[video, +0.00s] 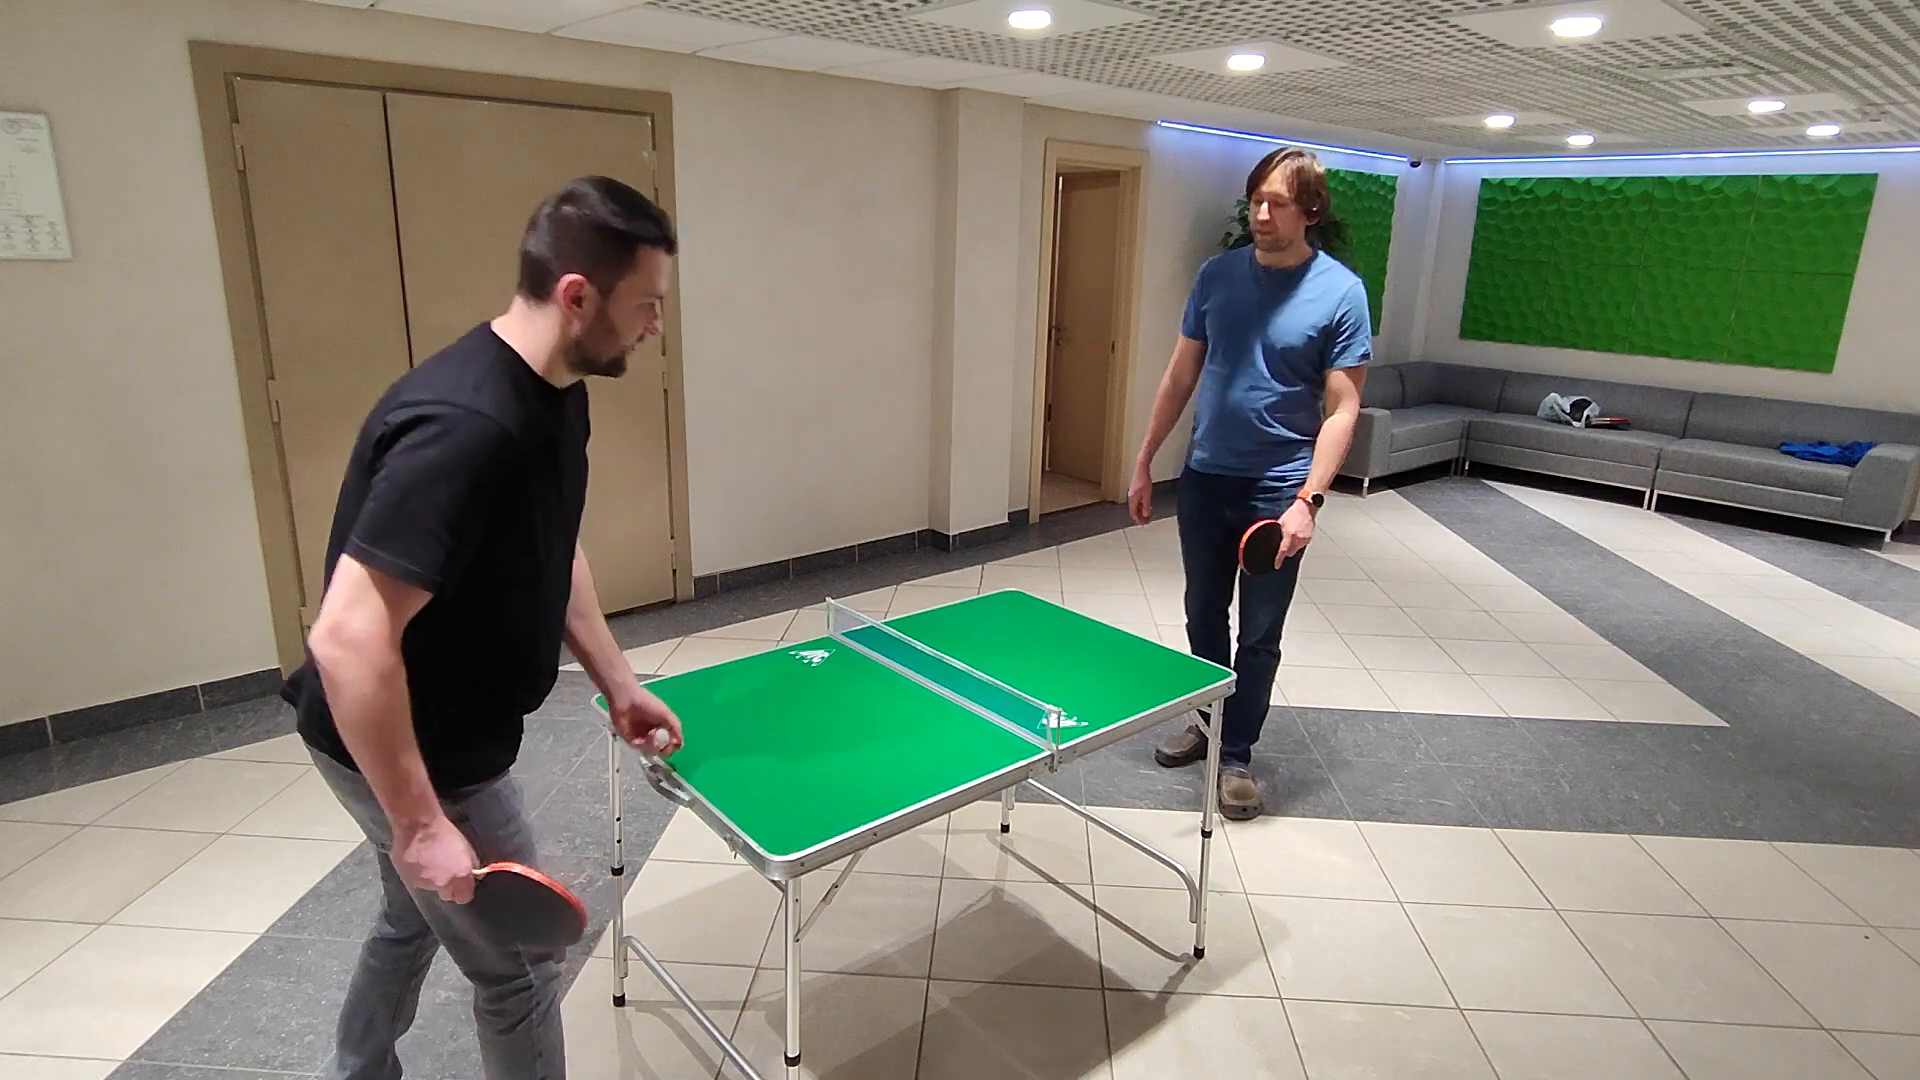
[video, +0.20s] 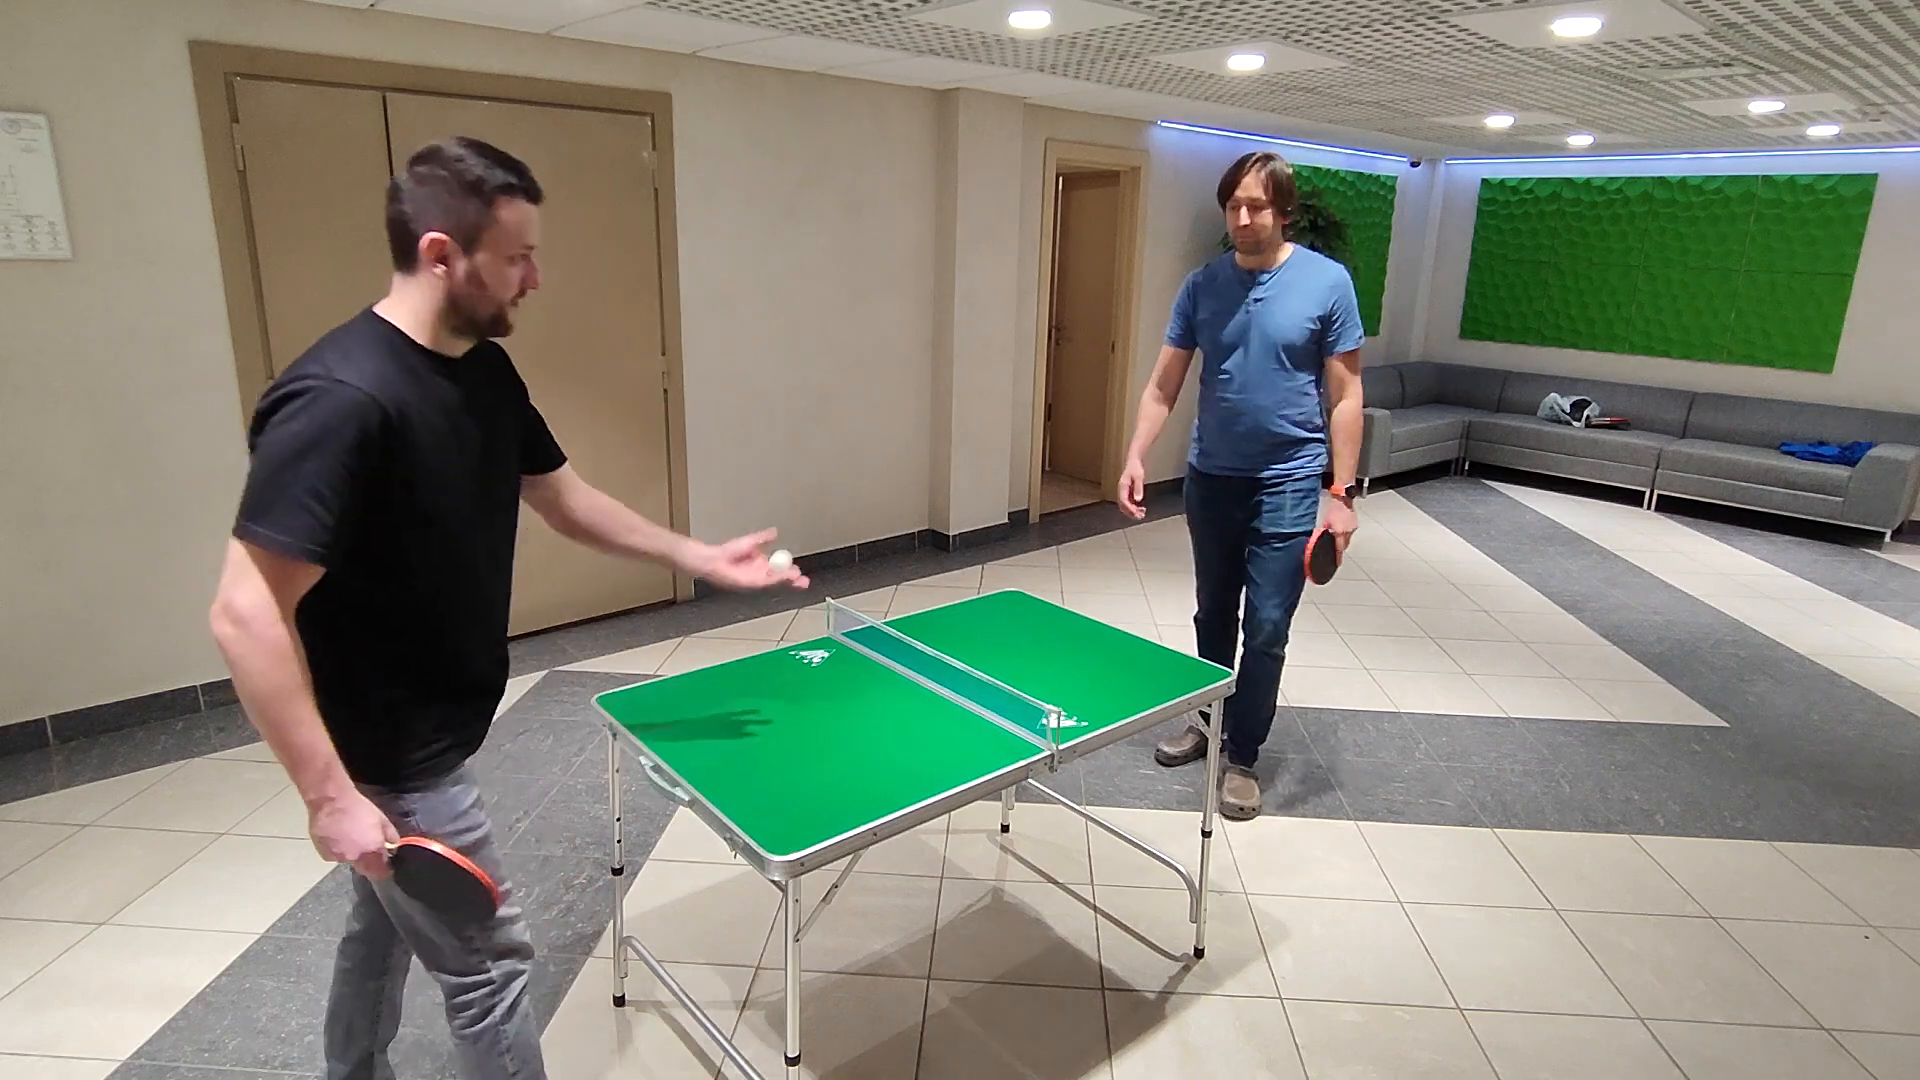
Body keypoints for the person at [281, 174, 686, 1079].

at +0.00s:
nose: (654, 326)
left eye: (658, 305)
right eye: (645, 304)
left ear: (578, 297)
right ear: (576, 294)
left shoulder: (553, 397)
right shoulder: (467, 425)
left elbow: (553, 561)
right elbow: (347, 637)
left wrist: (620, 688)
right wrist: (420, 826)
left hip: (458, 724)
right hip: (427, 756)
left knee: (410, 921)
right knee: (518, 979)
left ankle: (361, 1066)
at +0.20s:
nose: (533, 278)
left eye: (533, 255)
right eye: (518, 256)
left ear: (456, 257)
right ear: (441, 253)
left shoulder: (480, 368)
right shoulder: (341, 401)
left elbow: (566, 499)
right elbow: (244, 612)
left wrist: (703, 557)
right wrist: (330, 798)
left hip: (444, 729)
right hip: (390, 755)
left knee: (379, 935)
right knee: (490, 974)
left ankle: (352, 1070)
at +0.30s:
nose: (481, 264)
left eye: (479, 240)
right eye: (462, 240)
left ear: (395, 244)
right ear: (384, 242)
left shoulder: (444, 366)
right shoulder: (287, 396)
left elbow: (573, 472)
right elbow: (201, 608)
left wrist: (707, 500)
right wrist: (291, 791)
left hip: (419, 732)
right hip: (365, 755)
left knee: (363, 940)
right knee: (466, 975)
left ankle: (351, 1071)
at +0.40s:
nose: (436, 248)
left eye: (434, 224)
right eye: (416, 225)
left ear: (353, 233)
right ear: (337, 230)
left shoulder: (409, 355)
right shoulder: (244, 389)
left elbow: (531, 456)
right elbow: (170, 601)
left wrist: (683, 497)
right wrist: (262, 780)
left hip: (406, 721)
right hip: (339, 745)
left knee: (357, 939)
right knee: (436, 976)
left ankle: (348, 1072)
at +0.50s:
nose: (403, 240)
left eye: (400, 215)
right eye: (379, 216)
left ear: (315, 225)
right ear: (296, 223)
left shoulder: (386, 356)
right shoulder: (210, 386)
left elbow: (485, 473)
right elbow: (144, 595)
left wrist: (629, 536)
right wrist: (243, 769)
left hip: (390, 722)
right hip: (315, 747)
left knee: (343, 943)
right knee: (406, 985)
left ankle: (338, 1071)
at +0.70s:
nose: (340, 223)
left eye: (334, 199)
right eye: (313, 202)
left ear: (246, 216)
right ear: (226, 216)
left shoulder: (333, 351)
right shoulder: (153, 377)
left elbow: (373, 514)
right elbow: (98, 594)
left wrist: (424, 644)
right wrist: (239, 749)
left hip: (348, 723)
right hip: (250, 751)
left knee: (336, 955)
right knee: (316, 1002)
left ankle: (345, 1068)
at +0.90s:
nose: (261, 218)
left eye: (254, 192)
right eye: (230, 195)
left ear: (156, 211)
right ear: (138, 211)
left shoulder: (254, 350)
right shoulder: (68, 385)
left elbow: (253, 558)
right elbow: (40, 616)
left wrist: (309, 707)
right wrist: (238, 729)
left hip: (296, 749)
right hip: (175, 789)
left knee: (313, 956)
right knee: (178, 1029)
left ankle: (337, 1070)